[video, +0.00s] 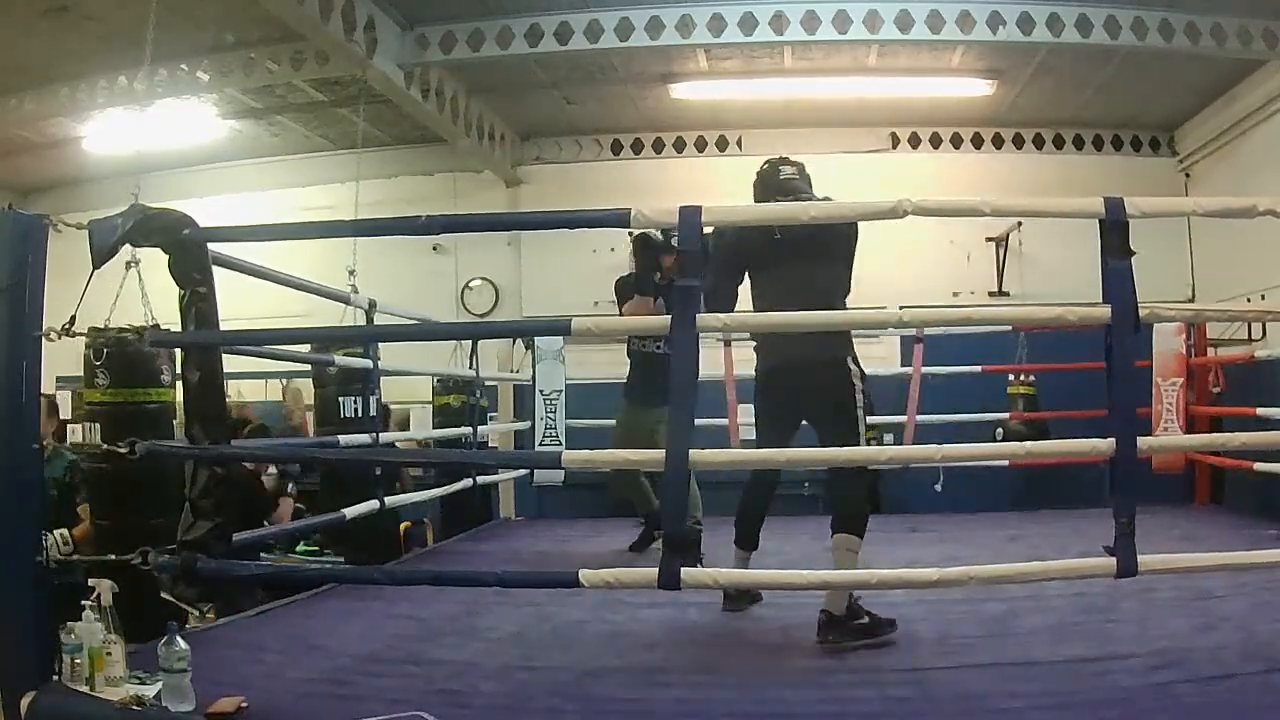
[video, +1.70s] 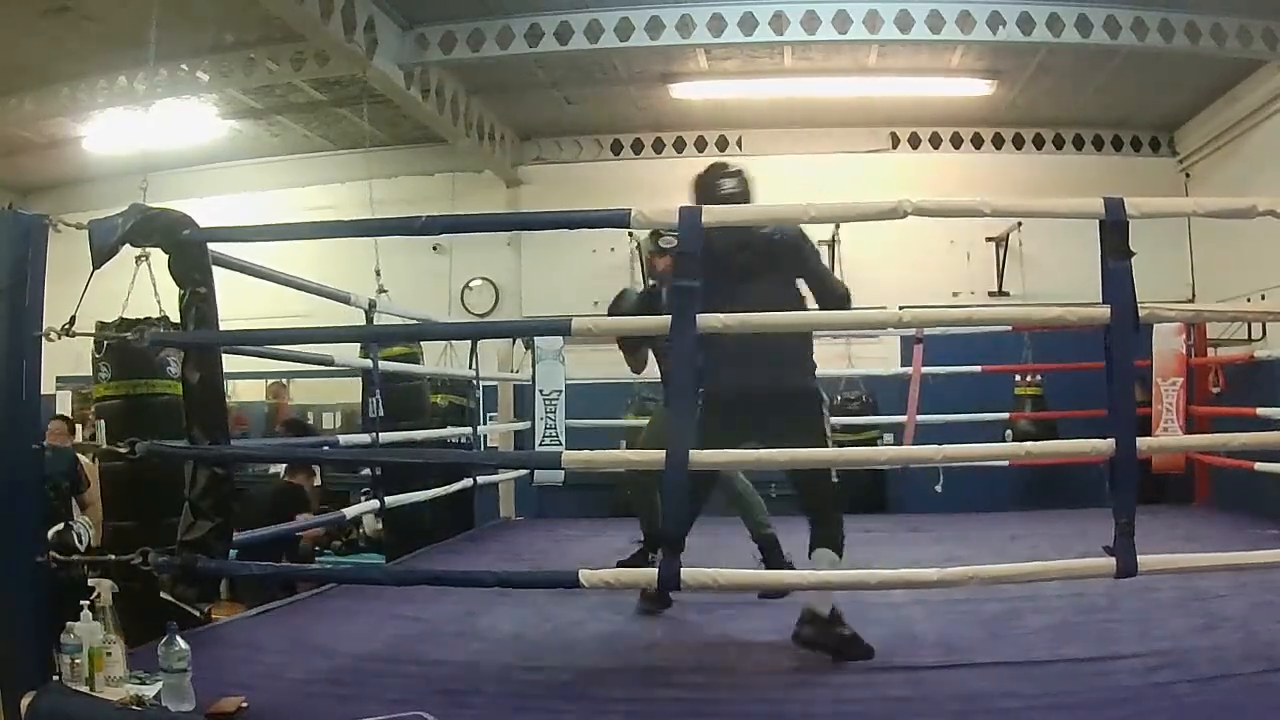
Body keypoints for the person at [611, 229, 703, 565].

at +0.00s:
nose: (679, 261)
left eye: (681, 255)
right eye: (673, 255)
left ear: (682, 258)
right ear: (659, 256)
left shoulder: (685, 288)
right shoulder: (629, 284)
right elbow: (639, 318)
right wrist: (647, 270)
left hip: (674, 396)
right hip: (638, 395)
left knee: (677, 465)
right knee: (622, 464)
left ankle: (690, 538)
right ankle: (653, 518)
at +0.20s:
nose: (661, 267)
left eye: (665, 260)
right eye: (655, 261)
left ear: (671, 262)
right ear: (634, 264)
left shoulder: (676, 291)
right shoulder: (615, 290)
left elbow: (675, 324)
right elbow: (618, 330)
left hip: (667, 394)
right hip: (629, 392)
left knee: (675, 469)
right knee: (610, 462)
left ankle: (689, 543)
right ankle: (605, 533)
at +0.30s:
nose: (637, 274)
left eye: (644, 268)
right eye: (630, 268)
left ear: (656, 268)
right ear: (619, 267)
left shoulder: (672, 297)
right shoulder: (607, 301)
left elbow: (711, 333)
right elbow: (616, 336)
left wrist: (708, 292)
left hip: (663, 402)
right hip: (623, 401)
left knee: (676, 472)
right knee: (602, 468)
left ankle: (691, 549)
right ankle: (599, 538)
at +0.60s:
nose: (654, 267)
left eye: (659, 259)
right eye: (647, 259)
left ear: (669, 258)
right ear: (635, 260)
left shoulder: (682, 287)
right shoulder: (624, 294)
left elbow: (713, 280)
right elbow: (622, 341)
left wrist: (716, 243)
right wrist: (635, 293)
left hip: (690, 388)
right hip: (650, 390)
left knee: (701, 463)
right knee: (612, 460)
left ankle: (728, 544)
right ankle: (623, 532)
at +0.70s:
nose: (655, 276)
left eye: (660, 268)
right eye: (648, 270)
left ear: (668, 268)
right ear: (632, 271)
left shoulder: (683, 296)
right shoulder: (623, 306)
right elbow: (628, 344)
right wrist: (630, 296)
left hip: (698, 396)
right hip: (657, 399)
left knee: (710, 463)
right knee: (622, 467)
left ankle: (751, 539)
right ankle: (629, 542)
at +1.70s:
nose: (659, 263)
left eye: (664, 255)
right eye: (654, 256)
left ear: (681, 258)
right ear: (647, 261)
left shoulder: (704, 293)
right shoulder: (650, 302)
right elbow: (638, 363)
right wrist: (624, 321)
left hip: (711, 403)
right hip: (676, 405)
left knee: (730, 476)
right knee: (637, 465)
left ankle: (772, 554)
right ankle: (652, 544)